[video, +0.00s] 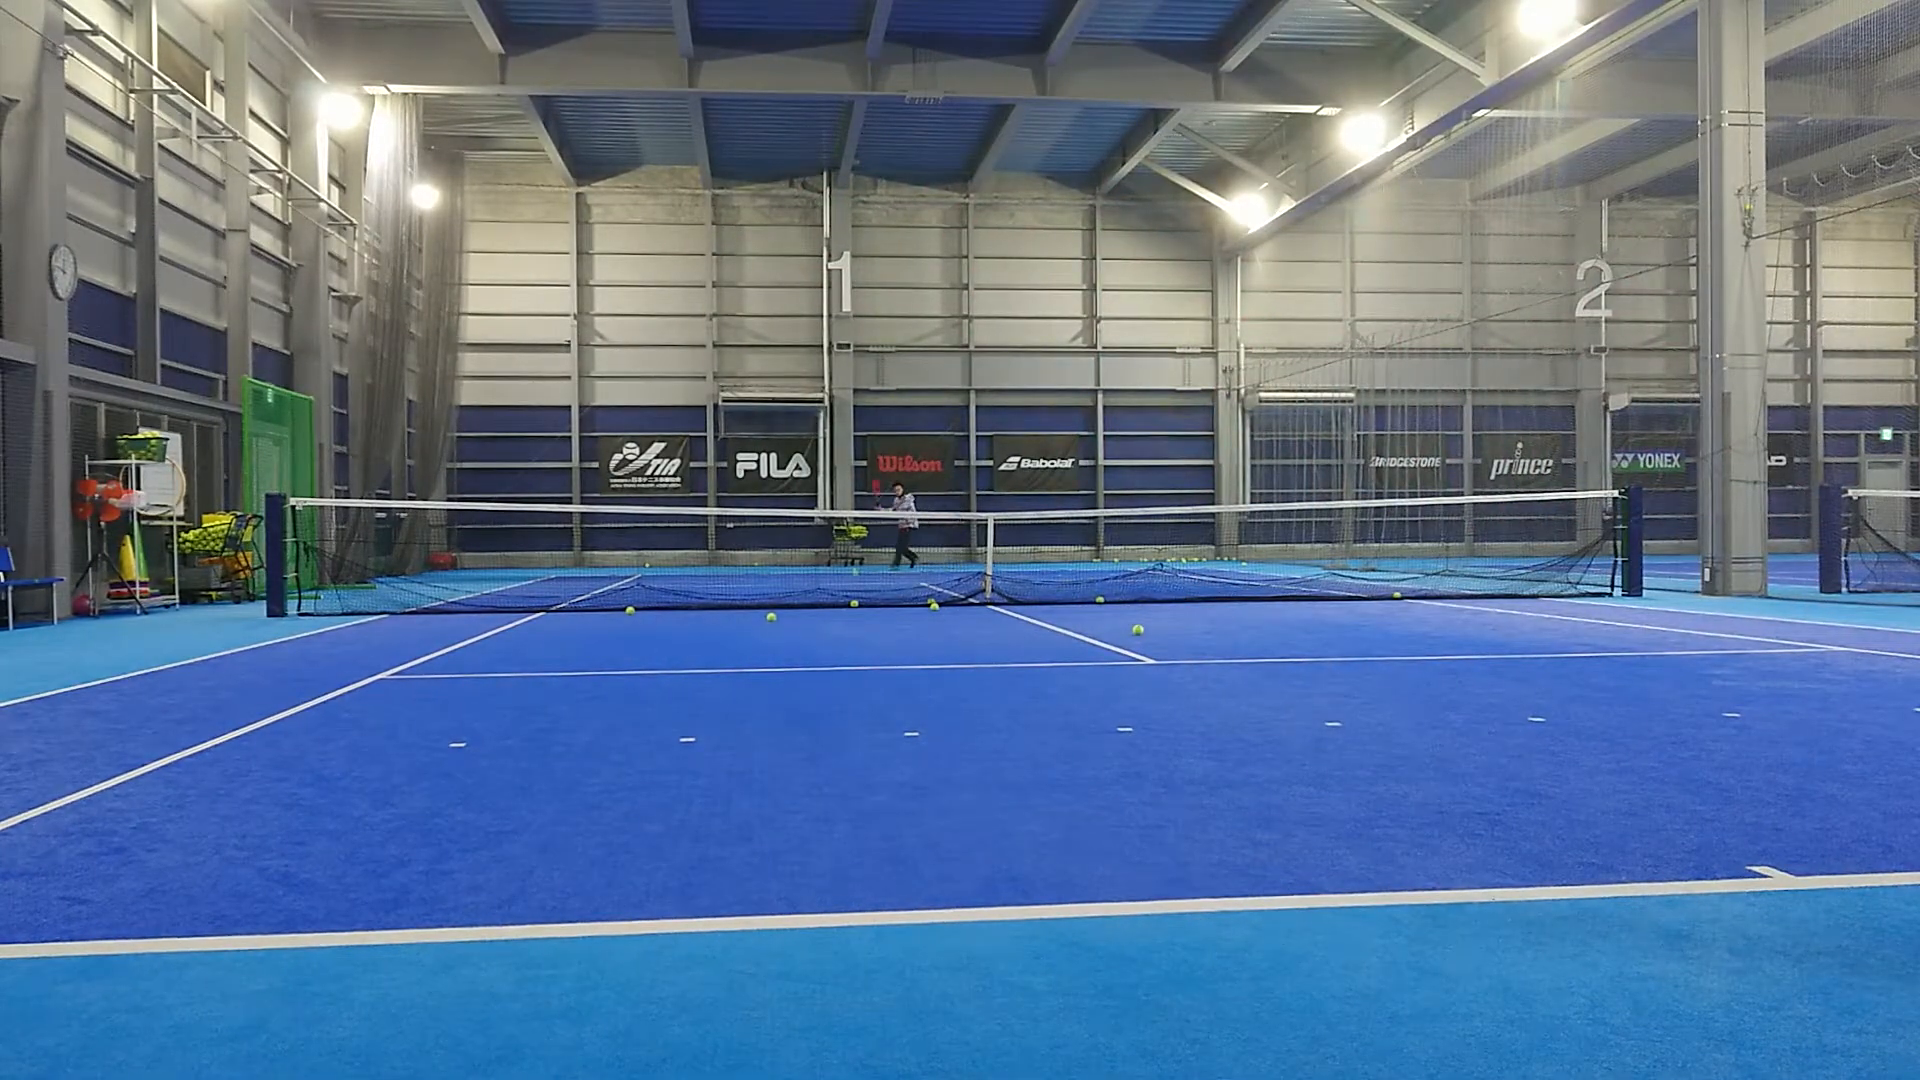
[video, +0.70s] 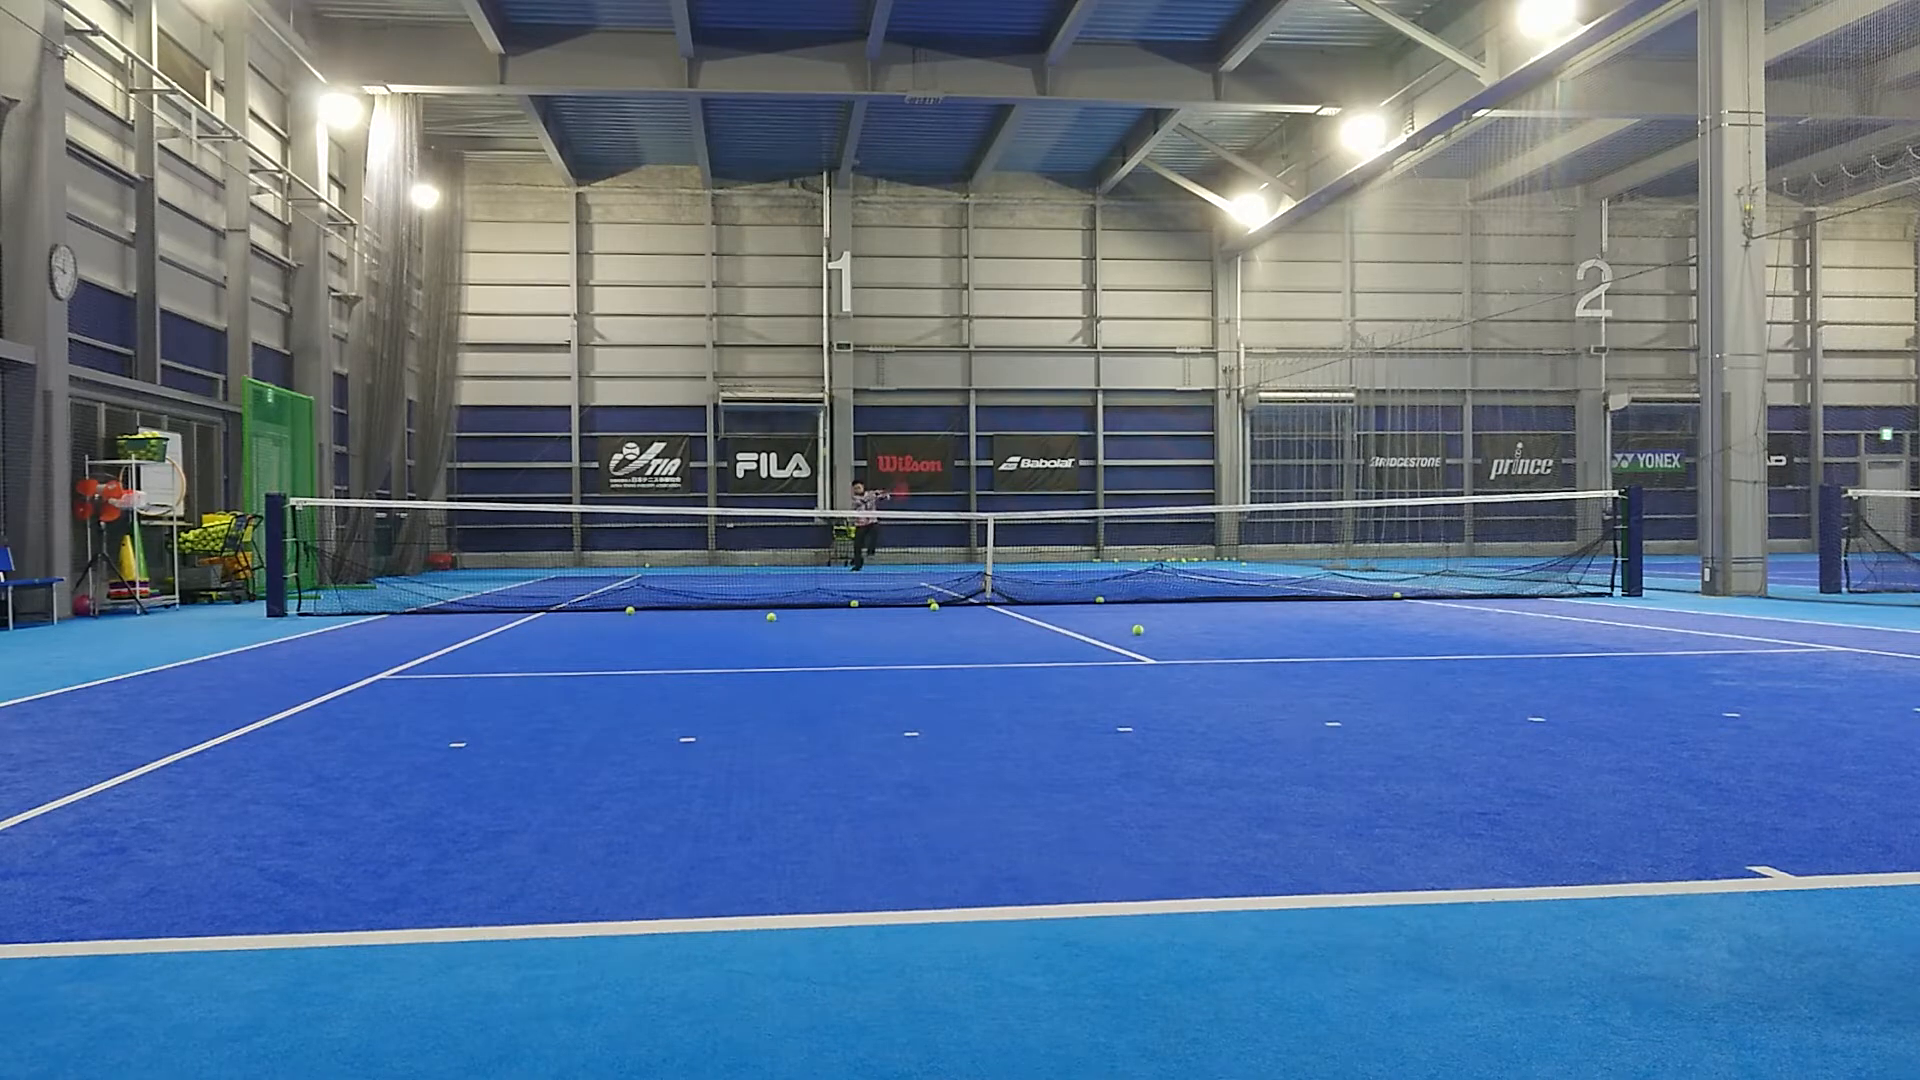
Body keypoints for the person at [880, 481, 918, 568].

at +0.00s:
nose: (897, 492)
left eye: (899, 489)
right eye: (895, 490)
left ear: (903, 489)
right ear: (894, 491)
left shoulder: (908, 499)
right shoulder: (896, 500)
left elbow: (912, 511)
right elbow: (893, 509)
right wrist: (882, 510)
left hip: (908, 524)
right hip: (901, 524)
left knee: (901, 546)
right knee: (900, 546)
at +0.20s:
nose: (880, 497)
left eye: (882, 495)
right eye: (879, 495)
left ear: (886, 494)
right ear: (877, 497)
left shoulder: (891, 504)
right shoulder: (883, 506)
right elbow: (882, 518)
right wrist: (877, 524)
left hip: (891, 529)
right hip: (884, 529)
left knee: (885, 546)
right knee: (876, 544)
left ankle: (893, 563)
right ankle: (877, 562)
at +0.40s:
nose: (863, 500)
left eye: (865, 498)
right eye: (862, 499)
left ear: (869, 497)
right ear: (860, 500)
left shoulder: (877, 506)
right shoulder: (865, 510)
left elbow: (880, 520)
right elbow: (866, 523)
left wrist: (876, 529)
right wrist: (866, 530)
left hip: (879, 532)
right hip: (870, 532)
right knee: (876, 551)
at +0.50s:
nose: (859, 500)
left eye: (860, 498)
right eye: (857, 499)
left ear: (865, 497)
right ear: (856, 500)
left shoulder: (873, 504)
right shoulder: (860, 509)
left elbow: (883, 499)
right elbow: (860, 521)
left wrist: (871, 502)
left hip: (877, 531)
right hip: (866, 532)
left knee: (873, 546)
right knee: (857, 544)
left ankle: (878, 562)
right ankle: (858, 565)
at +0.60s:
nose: (857, 496)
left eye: (858, 494)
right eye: (855, 495)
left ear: (863, 493)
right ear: (854, 496)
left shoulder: (871, 500)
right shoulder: (856, 505)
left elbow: (877, 498)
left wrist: (881, 497)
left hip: (873, 527)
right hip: (862, 528)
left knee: (872, 543)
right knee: (856, 545)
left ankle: (871, 559)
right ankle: (858, 564)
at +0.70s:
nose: (858, 489)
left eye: (860, 487)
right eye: (856, 488)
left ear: (863, 487)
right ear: (853, 489)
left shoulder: (870, 495)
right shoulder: (854, 499)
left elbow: (880, 495)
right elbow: (862, 501)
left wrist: (885, 495)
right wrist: (873, 496)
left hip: (871, 521)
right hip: (860, 523)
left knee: (873, 533)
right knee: (857, 545)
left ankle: (871, 549)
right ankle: (858, 564)